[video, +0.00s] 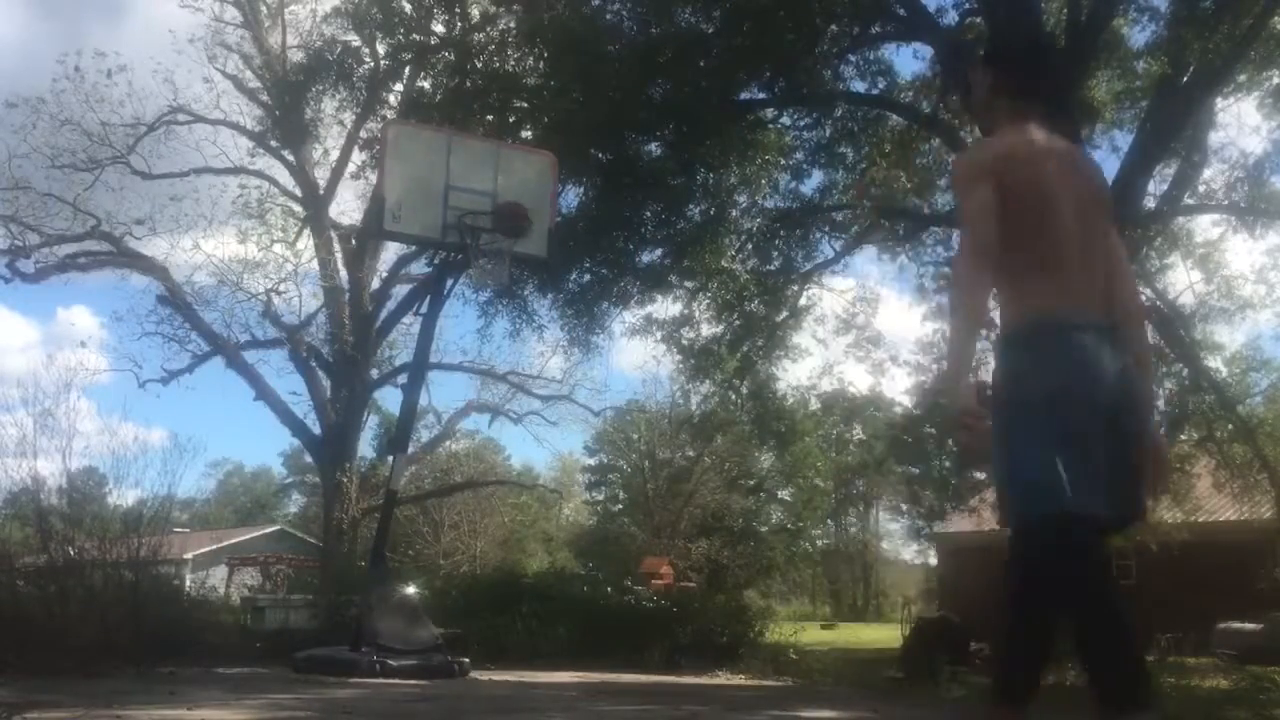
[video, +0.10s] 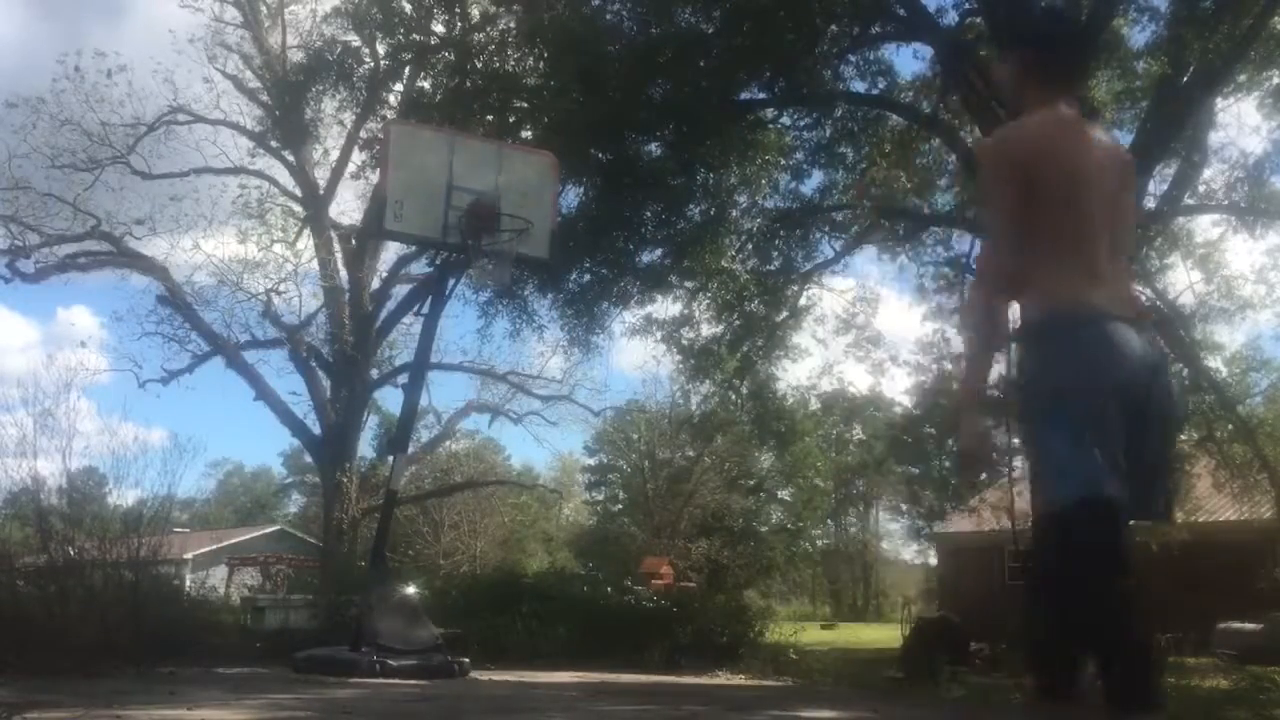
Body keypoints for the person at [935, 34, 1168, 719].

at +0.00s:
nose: (971, 100)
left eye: (975, 87)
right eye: (972, 88)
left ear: (994, 84)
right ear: (1045, 87)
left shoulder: (982, 158)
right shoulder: (1084, 167)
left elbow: (977, 262)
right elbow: (1126, 296)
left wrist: (957, 374)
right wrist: (1147, 412)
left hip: (1039, 358)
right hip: (1110, 359)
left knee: (1069, 552)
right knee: (1042, 554)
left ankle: (1129, 702)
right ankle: (1010, 701)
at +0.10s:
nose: (996, 74)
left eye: (999, 63)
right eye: (997, 63)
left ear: (1019, 66)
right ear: (1077, 68)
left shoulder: (1005, 147)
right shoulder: (1116, 156)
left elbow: (995, 277)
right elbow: (1116, 262)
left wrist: (970, 399)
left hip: (1060, 344)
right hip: (1133, 343)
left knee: (1091, 526)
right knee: (1078, 521)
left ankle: (1134, 697)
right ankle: (1055, 687)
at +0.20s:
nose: (1028, 68)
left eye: (1032, 57)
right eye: (1031, 58)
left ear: (1047, 57)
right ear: (1104, 61)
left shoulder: (1031, 133)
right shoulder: (1140, 142)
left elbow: (1020, 262)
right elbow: (1133, 247)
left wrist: (988, 375)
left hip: (1083, 341)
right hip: (1161, 341)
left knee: (1091, 537)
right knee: (1109, 534)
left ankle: (1129, 700)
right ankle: (1118, 694)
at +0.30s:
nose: (1055, 58)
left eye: (1059, 46)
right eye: (1061, 46)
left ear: (1070, 48)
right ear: (1133, 55)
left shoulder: (1046, 132)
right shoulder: (1165, 140)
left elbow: (1033, 252)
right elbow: (1153, 248)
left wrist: (1009, 326)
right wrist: (1054, 308)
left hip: (1091, 338)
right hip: (1172, 337)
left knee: (1110, 537)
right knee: (1173, 537)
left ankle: (1145, 700)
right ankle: (1173, 697)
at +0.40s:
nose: (1075, 55)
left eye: (1081, 42)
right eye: (1080, 42)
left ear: (1094, 47)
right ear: (1153, 54)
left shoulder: (1062, 130)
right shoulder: (1184, 133)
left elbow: (1043, 260)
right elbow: (1173, 245)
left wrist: (1011, 281)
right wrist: (1063, 270)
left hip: (1108, 344)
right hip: (1195, 340)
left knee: (1123, 541)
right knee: (1192, 546)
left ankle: (1150, 704)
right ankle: (1237, 704)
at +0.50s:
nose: (1094, 63)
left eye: (1097, 50)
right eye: (1097, 52)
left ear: (1116, 51)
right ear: (1177, 55)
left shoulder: (1077, 137)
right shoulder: (1215, 141)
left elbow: (1053, 261)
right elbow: (1198, 238)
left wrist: (1044, 331)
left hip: (1122, 347)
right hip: (1215, 341)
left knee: (1124, 547)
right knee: (1226, 544)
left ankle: (1149, 700)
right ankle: (1256, 702)